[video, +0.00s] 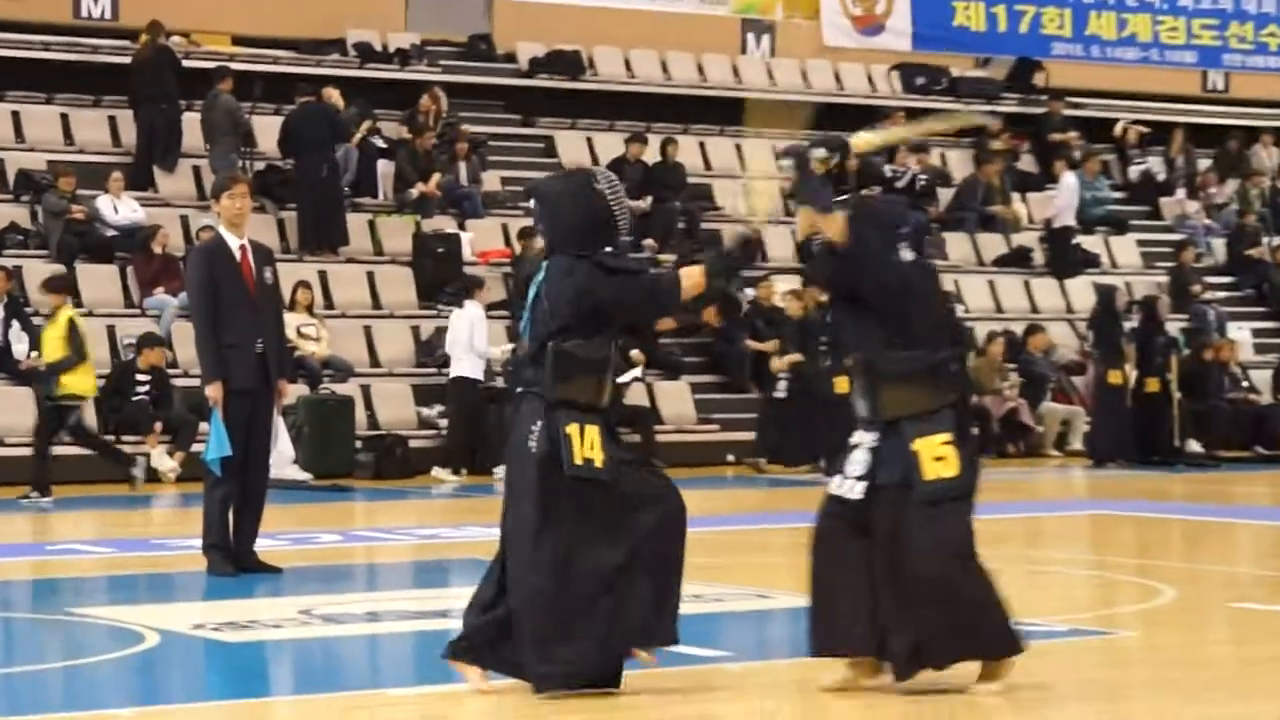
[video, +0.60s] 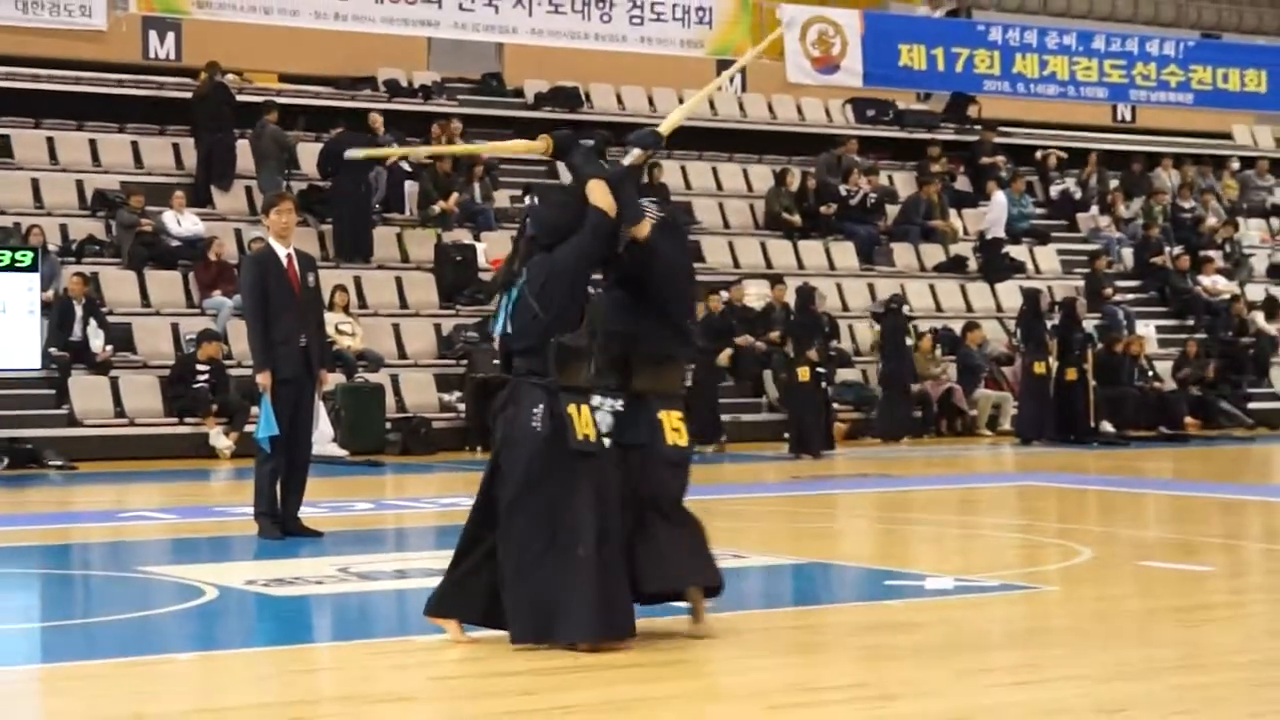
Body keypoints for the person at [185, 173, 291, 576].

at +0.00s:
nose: (239, 204)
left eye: (244, 197)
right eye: (231, 198)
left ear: (252, 203)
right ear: (216, 205)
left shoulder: (263, 254)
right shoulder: (203, 254)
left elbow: (275, 317)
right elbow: (202, 320)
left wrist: (282, 372)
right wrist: (211, 376)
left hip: (264, 372)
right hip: (228, 373)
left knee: (256, 466)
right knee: (225, 466)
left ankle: (245, 549)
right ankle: (217, 551)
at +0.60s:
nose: (286, 219)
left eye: (290, 213)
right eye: (278, 213)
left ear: (297, 218)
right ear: (266, 219)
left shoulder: (307, 261)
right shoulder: (255, 261)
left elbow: (317, 316)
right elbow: (254, 318)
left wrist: (322, 363)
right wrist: (261, 366)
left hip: (307, 362)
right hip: (275, 364)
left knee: (300, 444)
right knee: (272, 444)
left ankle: (290, 515)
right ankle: (266, 517)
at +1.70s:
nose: (242, 236)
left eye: (247, 230)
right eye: (236, 231)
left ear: (254, 234)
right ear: (227, 236)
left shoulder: (271, 272)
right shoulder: (216, 274)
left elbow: (280, 326)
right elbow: (209, 326)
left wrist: (283, 372)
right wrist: (210, 370)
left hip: (263, 369)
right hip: (228, 370)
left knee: (282, 440)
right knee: (219, 441)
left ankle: (309, 507)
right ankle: (209, 509)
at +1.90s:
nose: (212, 233)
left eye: (216, 228)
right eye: (207, 228)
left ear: (226, 232)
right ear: (198, 235)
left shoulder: (245, 269)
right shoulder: (187, 274)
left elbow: (255, 323)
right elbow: (181, 324)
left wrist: (258, 368)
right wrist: (183, 369)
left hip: (237, 367)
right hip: (200, 369)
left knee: (249, 440)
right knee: (199, 443)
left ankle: (261, 506)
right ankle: (206, 509)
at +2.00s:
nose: (201, 233)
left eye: (205, 227)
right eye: (195, 228)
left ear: (214, 231)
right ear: (186, 234)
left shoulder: (233, 267)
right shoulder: (178, 272)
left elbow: (244, 320)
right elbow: (172, 324)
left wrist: (246, 365)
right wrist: (174, 368)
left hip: (226, 364)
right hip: (191, 366)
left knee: (224, 435)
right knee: (194, 439)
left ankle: (227, 506)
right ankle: (204, 507)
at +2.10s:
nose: (188, 233)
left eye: (192, 227)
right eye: (183, 228)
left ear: (204, 230)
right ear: (176, 234)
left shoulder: (224, 267)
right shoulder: (170, 271)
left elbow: (234, 319)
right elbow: (165, 324)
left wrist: (235, 366)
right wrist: (167, 370)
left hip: (215, 363)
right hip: (182, 364)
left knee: (201, 431)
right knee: (187, 435)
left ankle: (192, 502)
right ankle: (204, 506)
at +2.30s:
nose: (165, 240)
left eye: (169, 233)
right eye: (159, 235)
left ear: (180, 237)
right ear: (152, 241)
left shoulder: (200, 274)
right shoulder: (147, 281)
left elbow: (211, 327)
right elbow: (144, 332)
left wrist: (211, 374)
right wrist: (147, 377)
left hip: (192, 371)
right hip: (160, 372)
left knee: (163, 435)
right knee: (174, 442)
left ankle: (132, 509)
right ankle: (205, 509)